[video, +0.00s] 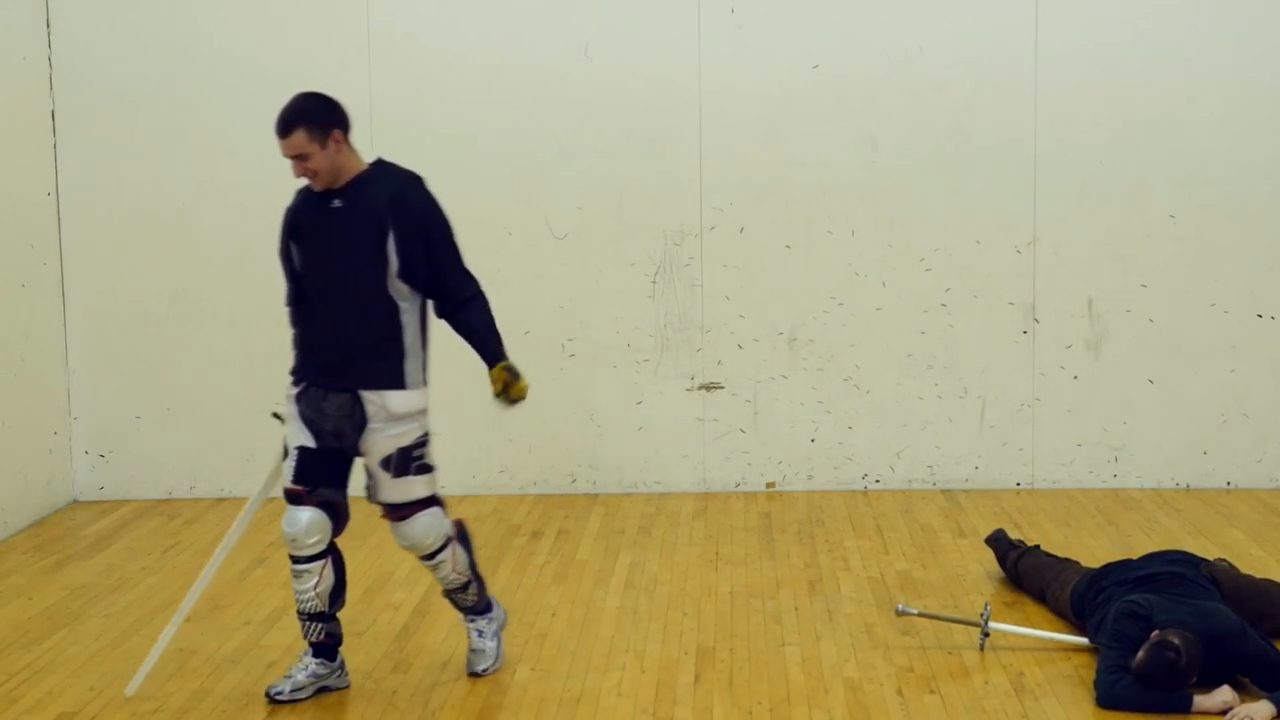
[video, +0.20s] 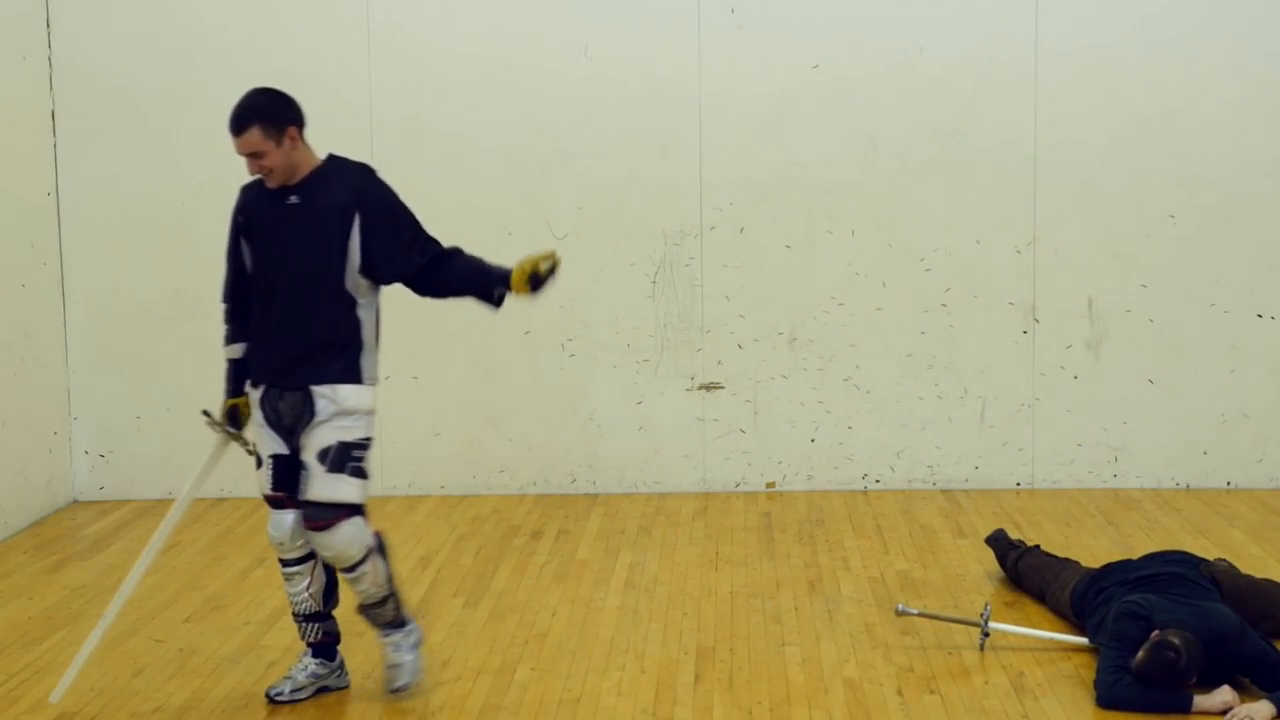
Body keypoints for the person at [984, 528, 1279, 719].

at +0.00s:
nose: (1131, 660)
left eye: (1136, 664)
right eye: (1137, 657)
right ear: (1154, 637)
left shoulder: (1226, 630)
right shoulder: (1123, 626)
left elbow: (1279, 677)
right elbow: (1110, 691)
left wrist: (1270, 705)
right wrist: (1198, 703)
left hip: (1182, 570)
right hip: (1104, 585)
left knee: (1275, 603)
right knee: (1047, 571)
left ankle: (1222, 575)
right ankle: (1009, 550)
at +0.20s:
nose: (1131, 661)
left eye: (1137, 664)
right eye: (1137, 657)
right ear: (1154, 638)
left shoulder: (1226, 631)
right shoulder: (1124, 626)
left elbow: (1279, 676)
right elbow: (1110, 692)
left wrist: (1271, 705)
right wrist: (1198, 703)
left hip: (1183, 570)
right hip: (1105, 585)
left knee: (1275, 602)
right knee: (1047, 571)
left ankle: (1223, 575)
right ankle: (1009, 550)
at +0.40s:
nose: (1131, 661)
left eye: (1136, 663)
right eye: (1137, 657)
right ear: (1154, 638)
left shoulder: (1225, 630)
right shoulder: (1124, 626)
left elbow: (1278, 676)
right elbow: (1110, 691)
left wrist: (1270, 705)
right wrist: (1198, 703)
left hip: (1183, 570)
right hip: (1105, 585)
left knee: (1275, 603)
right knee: (1049, 572)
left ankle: (1224, 575)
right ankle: (1010, 551)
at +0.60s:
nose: (1131, 662)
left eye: (1137, 665)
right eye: (1137, 657)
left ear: (1194, 670)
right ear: (1153, 638)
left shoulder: (1226, 631)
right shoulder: (1124, 625)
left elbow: (1278, 676)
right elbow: (1109, 691)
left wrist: (1271, 705)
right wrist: (1198, 703)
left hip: (1183, 570)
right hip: (1105, 584)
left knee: (1275, 603)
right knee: (1047, 571)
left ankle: (1224, 576)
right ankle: (1009, 550)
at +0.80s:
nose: (1131, 663)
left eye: (1137, 666)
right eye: (1137, 658)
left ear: (1193, 672)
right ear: (1152, 639)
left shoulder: (1225, 630)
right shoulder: (1124, 626)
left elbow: (1278, 676)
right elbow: (1109, 691)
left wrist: (1271, 705)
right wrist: (1198, 703)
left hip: (1182, 570)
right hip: (1105, 585)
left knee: (1275, 604)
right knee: (1047, 571)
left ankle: (1223, 575)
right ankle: (1009, 550)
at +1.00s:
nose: (1131, 663)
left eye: (1137, 666)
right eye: (1137, 659)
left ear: (1194, 671)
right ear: (1151, 639)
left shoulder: (1226, 631)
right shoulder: (1124, 626)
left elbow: (1279, 676)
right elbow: (1109, 691)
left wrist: (1270, 705)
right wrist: (1198, 703)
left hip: (1183, 571)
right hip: (1105, 584)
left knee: (1276, 602)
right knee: (1047, 571)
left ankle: (1224, 576)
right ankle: (1009, 550)